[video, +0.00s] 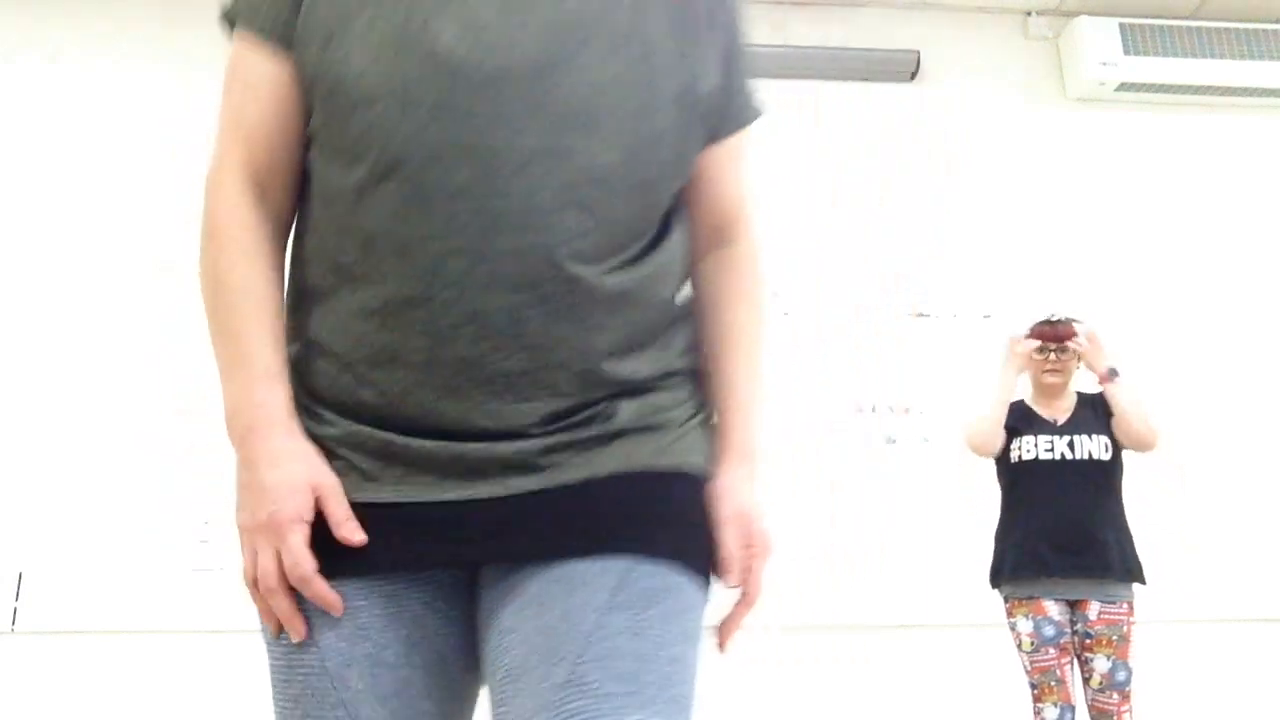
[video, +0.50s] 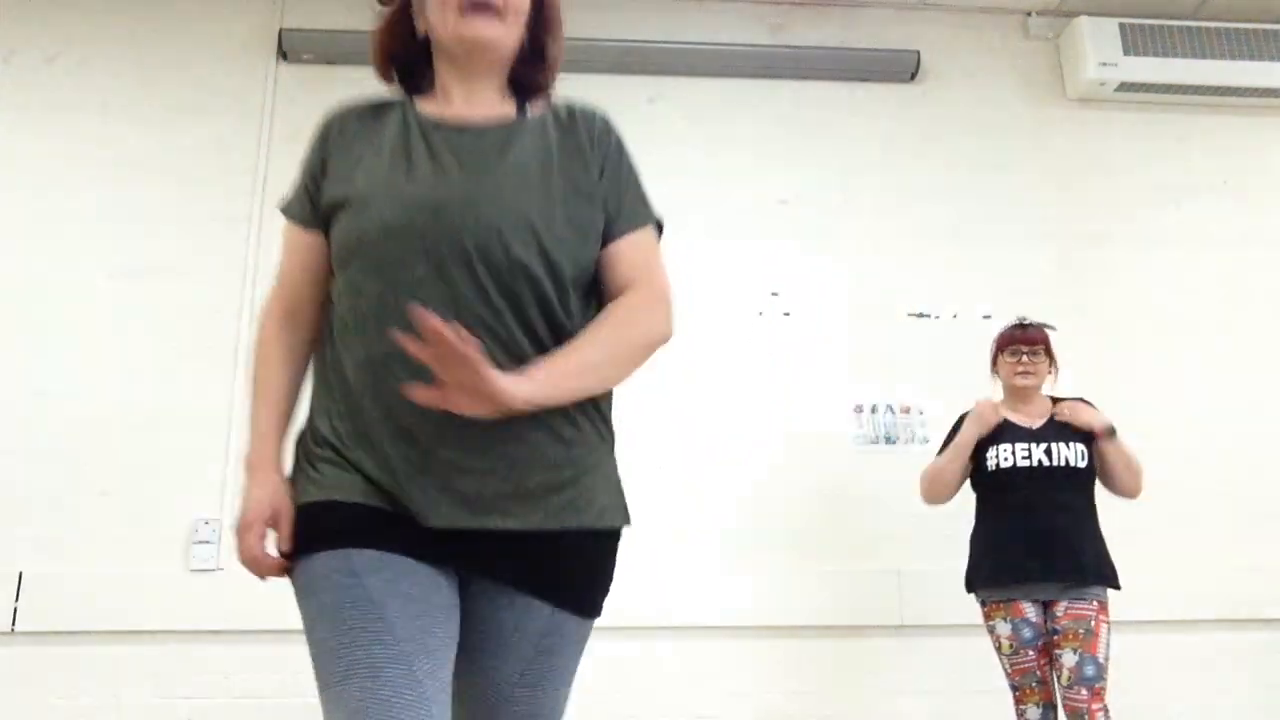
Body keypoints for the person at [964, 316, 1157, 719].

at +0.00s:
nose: (1053, 360)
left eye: (1063, 351)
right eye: (1043, 351)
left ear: (1078, 359)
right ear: (1028, 359)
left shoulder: (1103, 409)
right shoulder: (1010, 415)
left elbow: (1146, 439)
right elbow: (982, 443)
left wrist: (1104, 370)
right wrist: (1010, 369)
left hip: (1105, 578)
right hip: (1031, 580)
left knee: (1112, 705)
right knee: (1054, 706)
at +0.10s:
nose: (1047, 362)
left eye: (1057, 354)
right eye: (1036, 354)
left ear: (1071, 362)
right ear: (1021, 364)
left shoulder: (1096, 411)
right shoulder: (1004, 416)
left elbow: (1130, 436)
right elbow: (982, 439)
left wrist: (1092, 366)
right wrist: (1003, 370)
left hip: (1099, 577)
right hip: (1025, 579)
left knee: (1108, 703)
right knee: (1049, 704)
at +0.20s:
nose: (1040, 363)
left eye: (1051, 354)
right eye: (1029, 355)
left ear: (1065, 362)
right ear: (1013, 364)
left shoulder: (1091, 413)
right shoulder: (997, 418)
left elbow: (1127, 440)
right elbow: (974, 444)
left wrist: (1094, 375)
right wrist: (988, 379)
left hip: (1094, 579)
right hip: (1020, 581)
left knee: (1104, 705)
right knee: (1046, 706)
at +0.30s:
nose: (1034, 362)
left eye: (1045, 354)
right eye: (1023, 355)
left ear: (1059, 363)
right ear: (1006, 365)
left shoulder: (1086, 413)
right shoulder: (990, 419)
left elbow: (1129, 450)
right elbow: (962, 455)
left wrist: (1095, 384)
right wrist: (978, 391)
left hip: (1088, 581)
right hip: (1014, 584)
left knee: (1100, 706)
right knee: (1041, 706)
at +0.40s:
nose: (1029, 363)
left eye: (1039, 355)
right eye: (1018, 355)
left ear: (1053, 364)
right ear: (1000, 366)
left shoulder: (1080, 416)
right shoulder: (986, 421)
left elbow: (1134, 467)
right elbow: (946, 473)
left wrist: (1097, 403)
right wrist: (975, 404)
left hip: (1083, 581)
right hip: (1009, 585)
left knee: (1090, 705)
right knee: (1037, 707)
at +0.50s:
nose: (1024, 361)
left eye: (1034, 354)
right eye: (1014, 354)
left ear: (1049, 365)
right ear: (997, 365)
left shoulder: (1079, 416)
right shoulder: (977, 423)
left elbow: (1130, 487)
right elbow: (933, 492)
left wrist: (1101, 428)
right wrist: (972, 430)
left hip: (1079, 580)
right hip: (1006, 584)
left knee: (1085, 705)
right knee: (1034, 708)